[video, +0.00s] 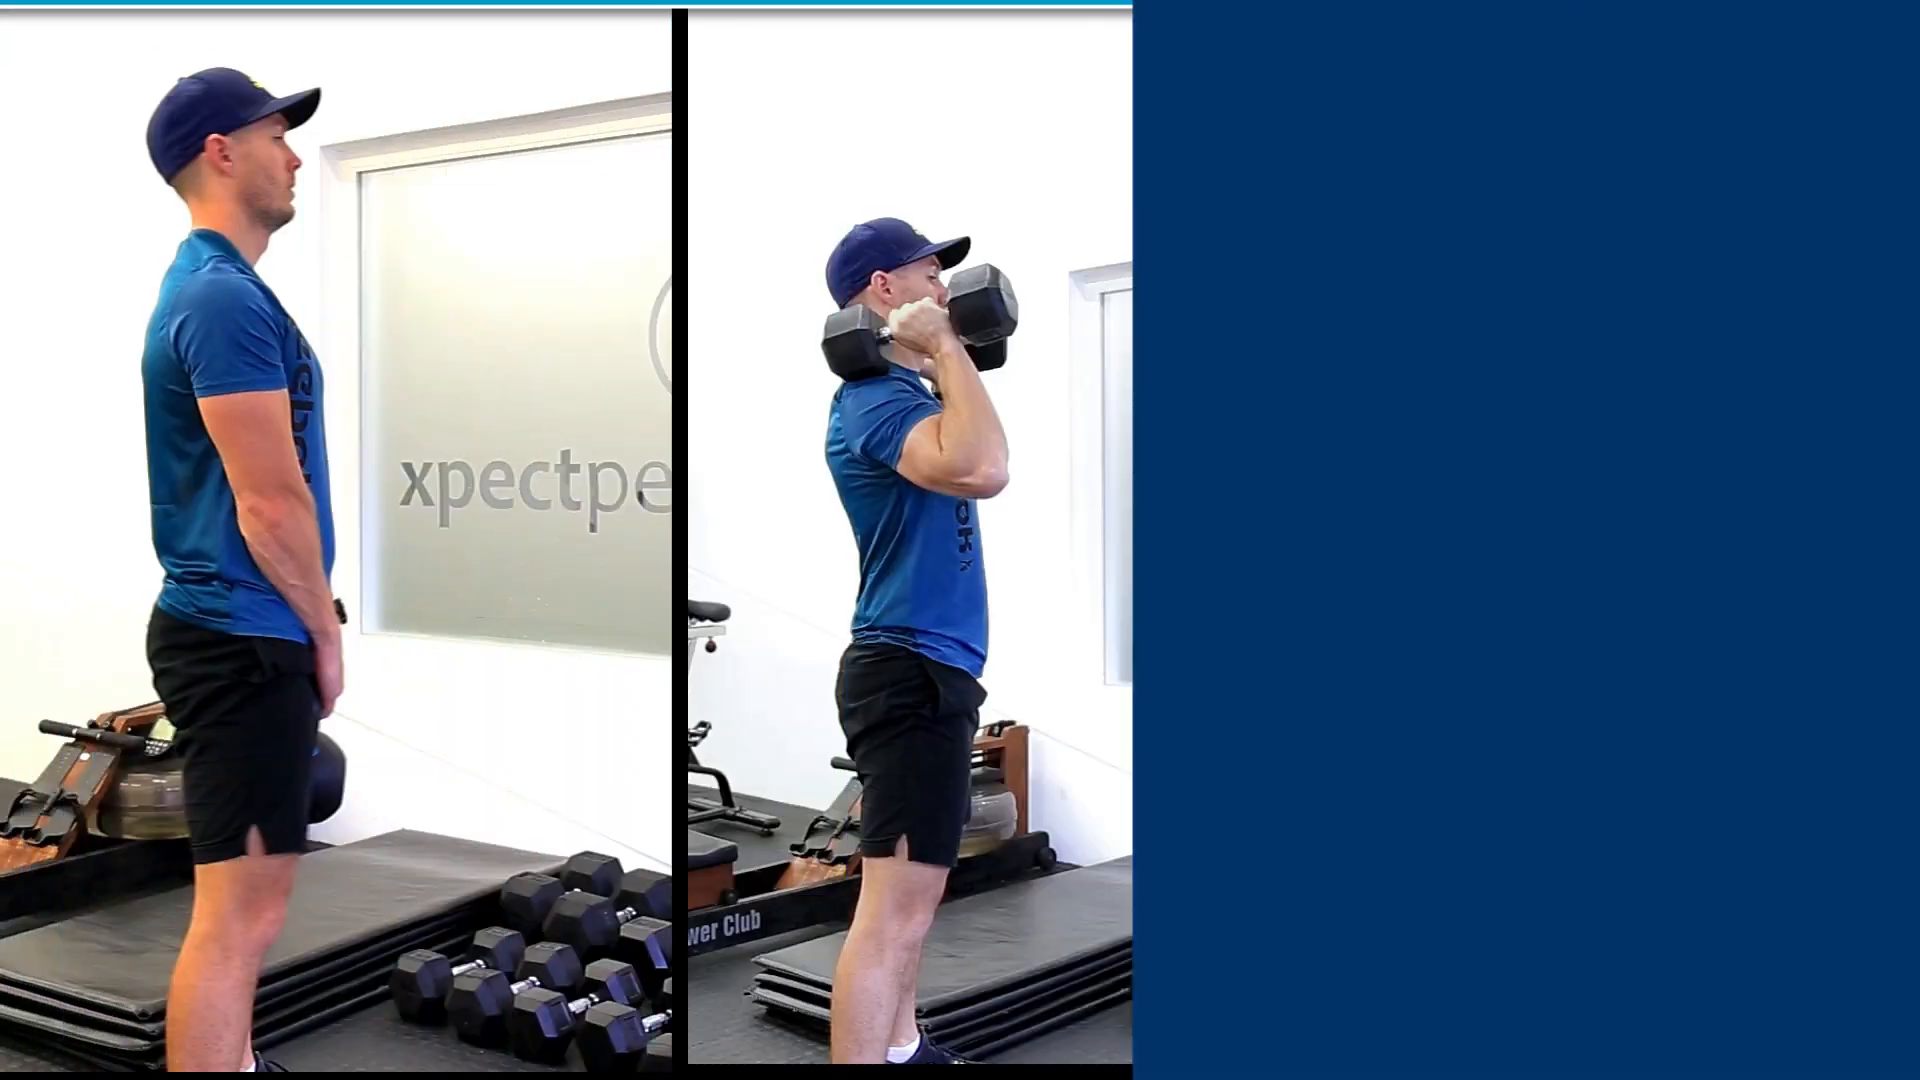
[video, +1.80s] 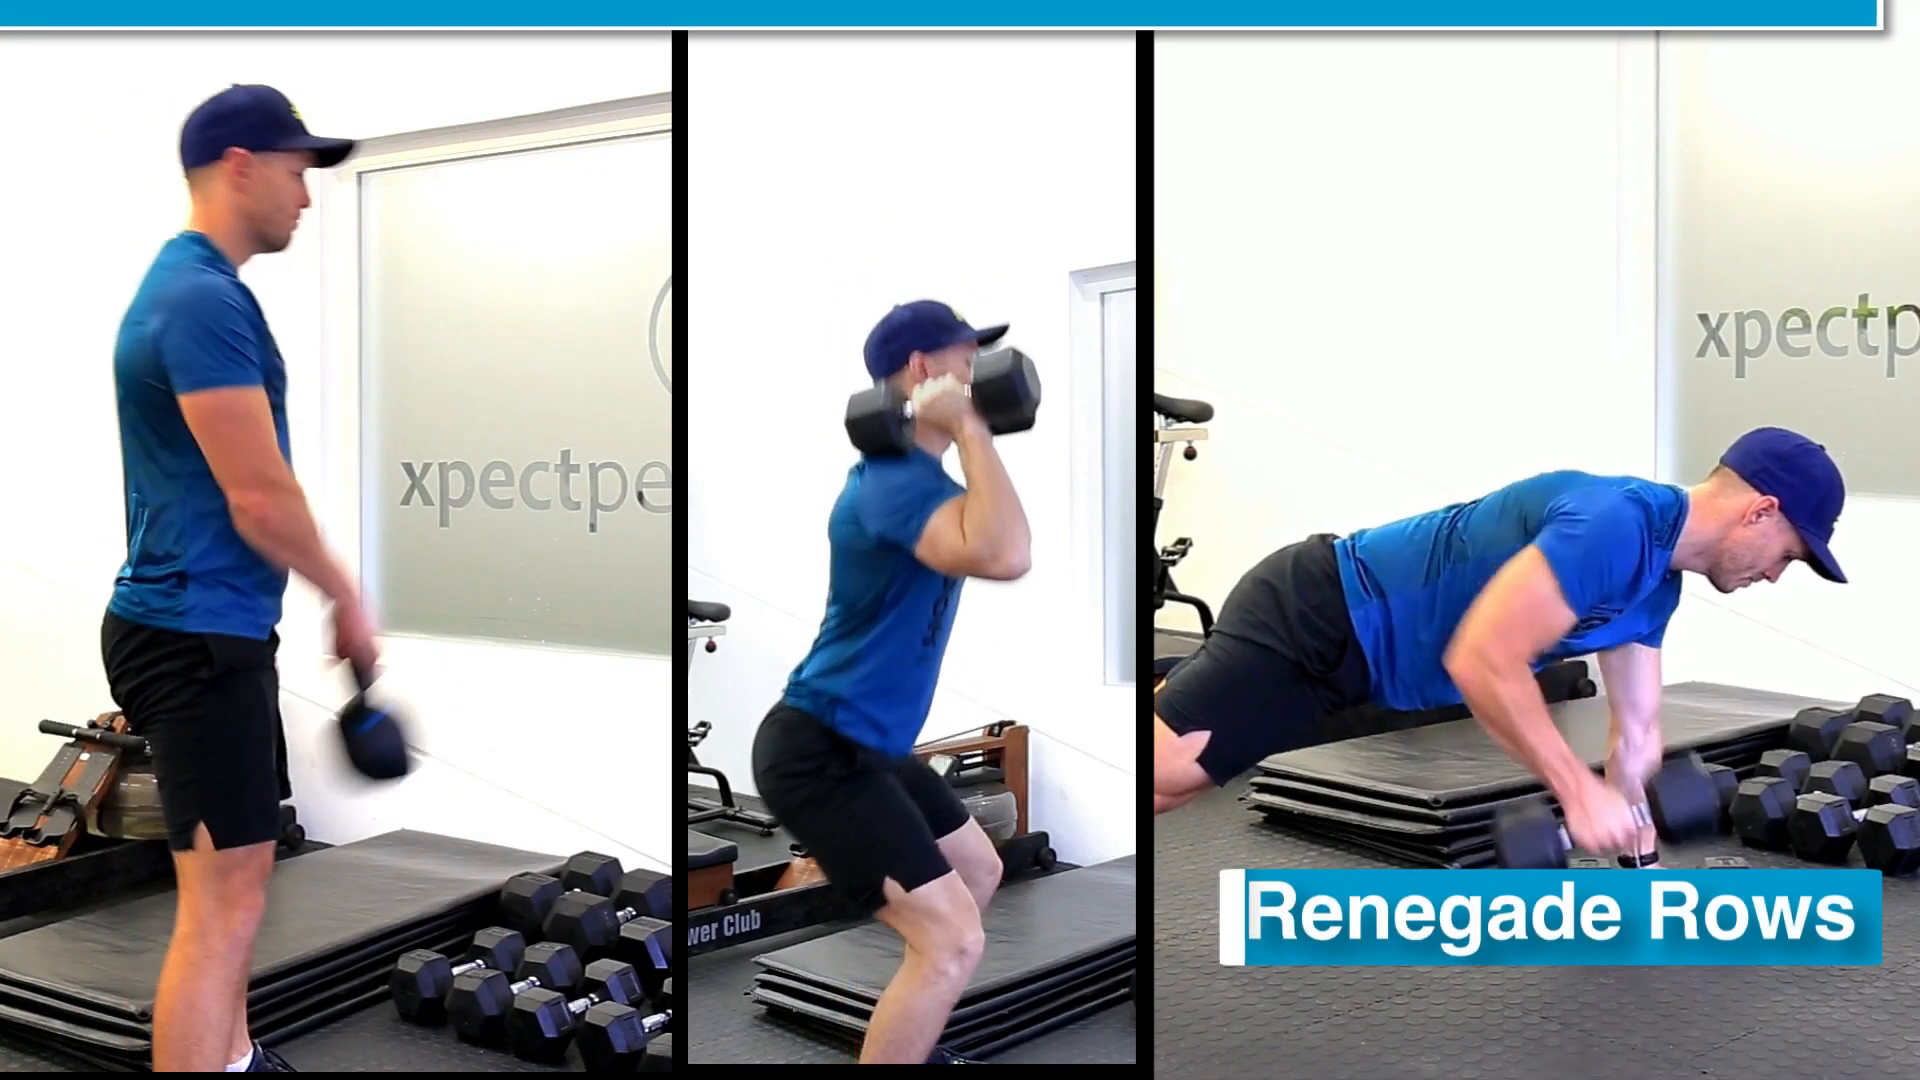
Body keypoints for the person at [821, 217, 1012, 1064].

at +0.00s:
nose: (943, 283)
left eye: (939, 270)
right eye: (930, 272)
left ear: (882, 292)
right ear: (883, 288)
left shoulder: (899, 396)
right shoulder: (871, 402)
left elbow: (981, 470)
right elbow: (978, 467)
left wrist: (949, 354)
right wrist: (945, 347)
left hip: (934, 673)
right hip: (906, 673)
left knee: (914, 898)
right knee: (893, 910)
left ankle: (898, 1047)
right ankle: (861, 1063)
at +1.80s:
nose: (975, 374)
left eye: (974, 360)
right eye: (965, 360)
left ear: (912, 374)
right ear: (919, 369)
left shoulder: (916, 476)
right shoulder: (891, 482)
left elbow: (992, 548)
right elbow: (1003, 555)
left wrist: (973, 428)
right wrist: (967, 426)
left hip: (868, 742)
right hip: (820, 750)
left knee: (977, 871)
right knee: (950, 944)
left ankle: (913, 1034)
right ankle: (893, 1055)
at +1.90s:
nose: (976, 397)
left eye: (975, 383)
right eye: (967, 383)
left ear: (914, 393)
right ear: (921, 388)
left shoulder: (918, 494)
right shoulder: (891, 501)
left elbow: (984, 566)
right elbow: (1004, 575)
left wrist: (970, 444)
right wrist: (966, 445)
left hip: (868, 754)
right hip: (815, 763)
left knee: (979, 874)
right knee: (953, 948)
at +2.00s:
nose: (981, 434)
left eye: (980, 421)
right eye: (972, 420)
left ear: (921, 428)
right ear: (926, 424)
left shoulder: (926, 527)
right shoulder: (890, 536)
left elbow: (999, 608)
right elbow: (1005, 618)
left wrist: (976, 489)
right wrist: (970, 487)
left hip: (865, 779)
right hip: (805, 793)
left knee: (986, 878)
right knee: (960, 952)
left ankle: (915, 1034)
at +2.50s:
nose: (997, 527)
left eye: (993, 511)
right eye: (985, 511)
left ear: (939, 526)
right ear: (939, 524)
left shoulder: (938, 621)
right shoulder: (896, 633)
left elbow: (1006, 715)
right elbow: (1000, 741)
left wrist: (989, 597)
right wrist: (979, 601)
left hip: (852, 840)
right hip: (789, 864)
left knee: (993, 882)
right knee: (968, 956)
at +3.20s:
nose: (997, 528)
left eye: (991, 512)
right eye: (983, 511)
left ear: (938, 529)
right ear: (935, 526)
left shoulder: (938, 625)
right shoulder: (894, 636)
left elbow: (1004, 724)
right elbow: (990, 750)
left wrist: (997, 609)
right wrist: (984, 612)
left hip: (863, 840)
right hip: (794, 863)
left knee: (996, 882)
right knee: (971, 959)